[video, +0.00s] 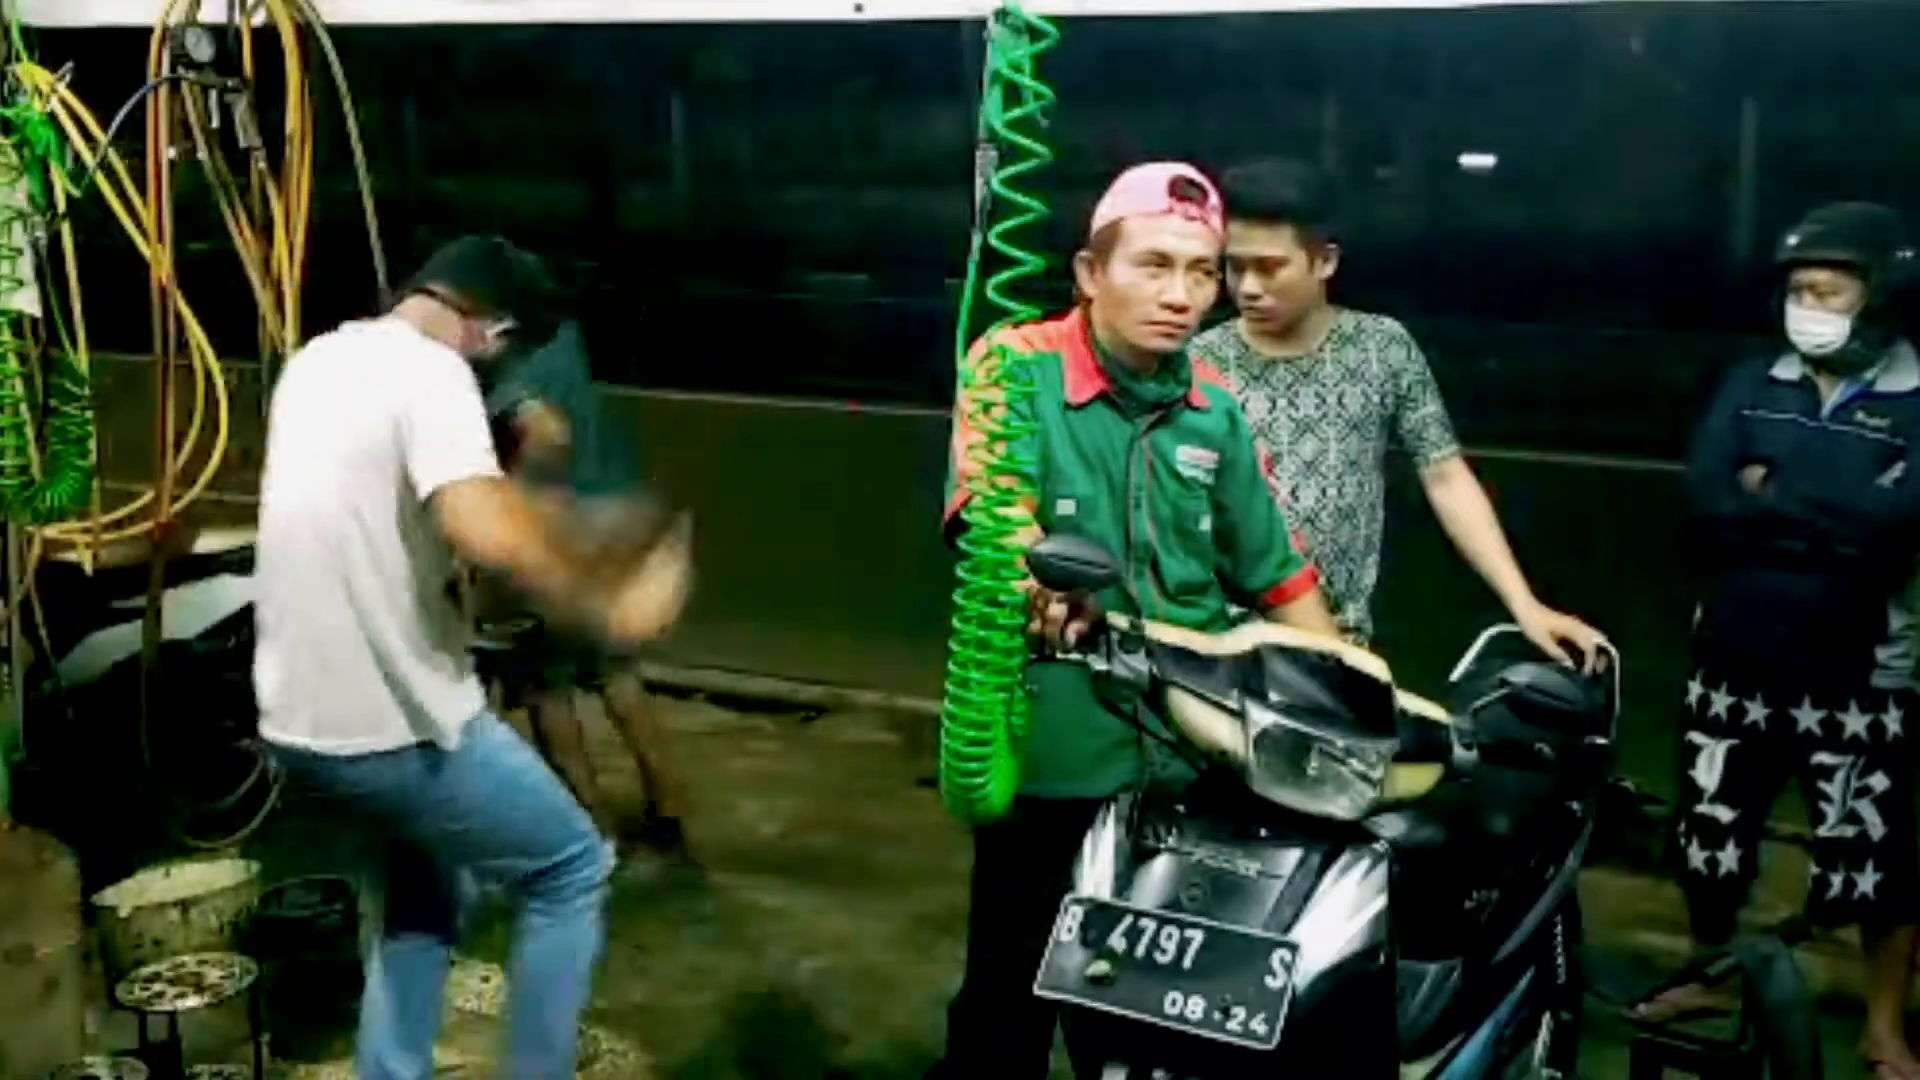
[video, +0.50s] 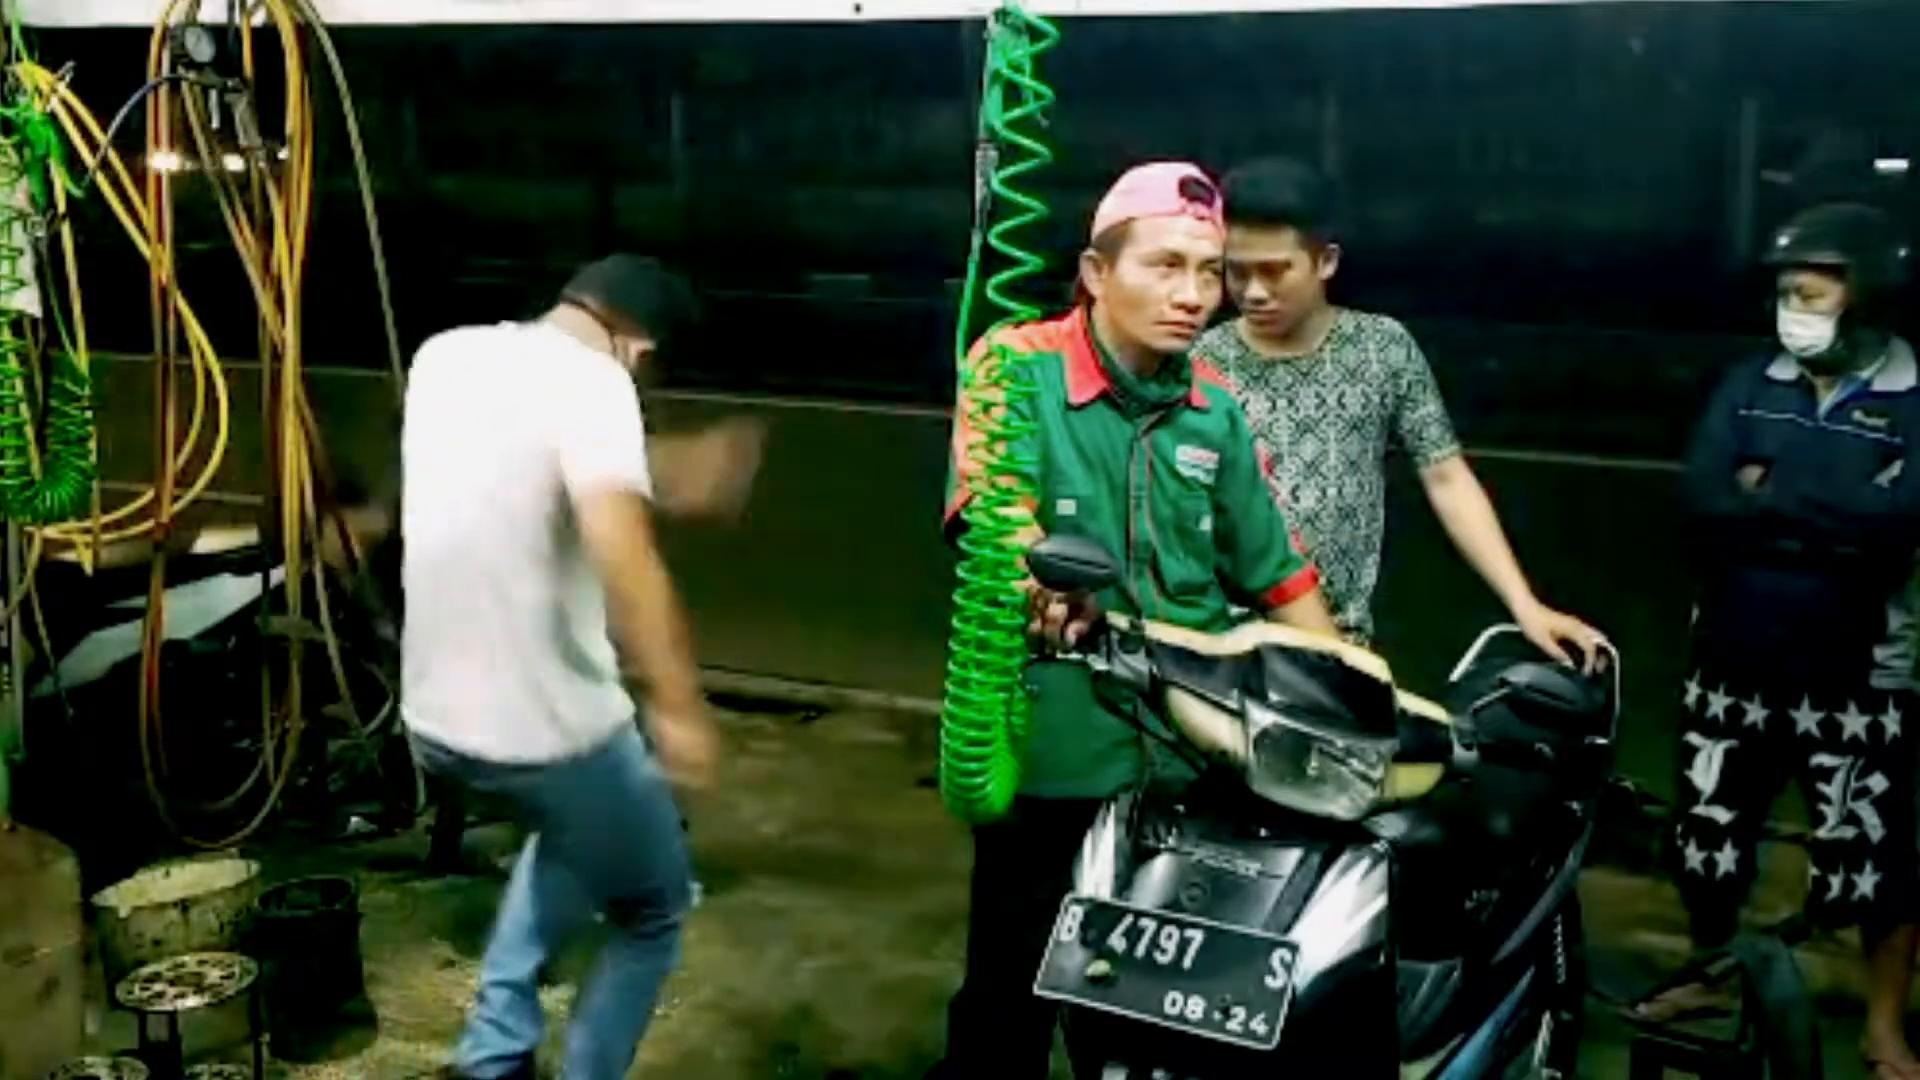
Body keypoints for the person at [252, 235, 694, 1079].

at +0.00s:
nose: (491, 361)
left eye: (499, 346)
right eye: (499, 343)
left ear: (413, 293)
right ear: (481, 322)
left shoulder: (307, 365)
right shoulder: (432, 373)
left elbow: (367, 504)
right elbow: (482, 527)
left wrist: (497, 460)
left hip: (299, 719)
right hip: (398, 725)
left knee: (422, 892)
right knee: (571, 866)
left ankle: (391, 1068)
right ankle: (540, 1067)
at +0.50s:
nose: (639, 377)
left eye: (645, 364)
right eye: (643, 360)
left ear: (566, 305)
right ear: (627, 336)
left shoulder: (441, 357)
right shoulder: (595, 385)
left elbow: (506, 464)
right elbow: (620, 547)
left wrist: (656, 476)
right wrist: (676, 701)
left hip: (436, 712)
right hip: (551, 731)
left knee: (570, 833)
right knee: (652, 910)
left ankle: (495, 1044)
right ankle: (589, 1068)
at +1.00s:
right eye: (585, 276)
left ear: (486, 253)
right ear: (565, 273)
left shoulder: (354, 302)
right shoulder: (572, 321)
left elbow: (191, 381)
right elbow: (750, 348)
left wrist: (89, 515)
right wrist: (692, 331)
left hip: (364, 709)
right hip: (508, 714)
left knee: (407, 921)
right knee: (577, 903)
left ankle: (391, 1074)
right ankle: (584, 1069)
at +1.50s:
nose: (489, 311)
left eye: (498, 296)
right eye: (500, 293)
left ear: (415, 244)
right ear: (475, 281)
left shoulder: (345, 298)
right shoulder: (388, 306)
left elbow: (482, 282)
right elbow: (291, 395)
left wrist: (603, 316)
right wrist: (325, 588)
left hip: (325, 724)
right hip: (344, 728)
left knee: (376, 996)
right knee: (406, 1004)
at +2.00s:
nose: (388, 341)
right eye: (393, 327)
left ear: (279, 258)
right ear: (375, 318)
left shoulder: (121, 338)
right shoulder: (380, 381)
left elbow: (9, 446)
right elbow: (537, 519)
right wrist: (528, 425)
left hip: (143, 767)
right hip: (291, 788)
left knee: (204, 1008)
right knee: (352, 1030)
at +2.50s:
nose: (231, 353)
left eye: (236, 334)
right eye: (234, 329)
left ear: (110, 304)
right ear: (202, 306)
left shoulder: (18, 411)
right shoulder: (181, 388)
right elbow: (214, 565)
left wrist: (306, 565)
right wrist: (293, 732)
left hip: (35, 831)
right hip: (164, 821)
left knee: (121, 1057)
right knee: (366, 917)